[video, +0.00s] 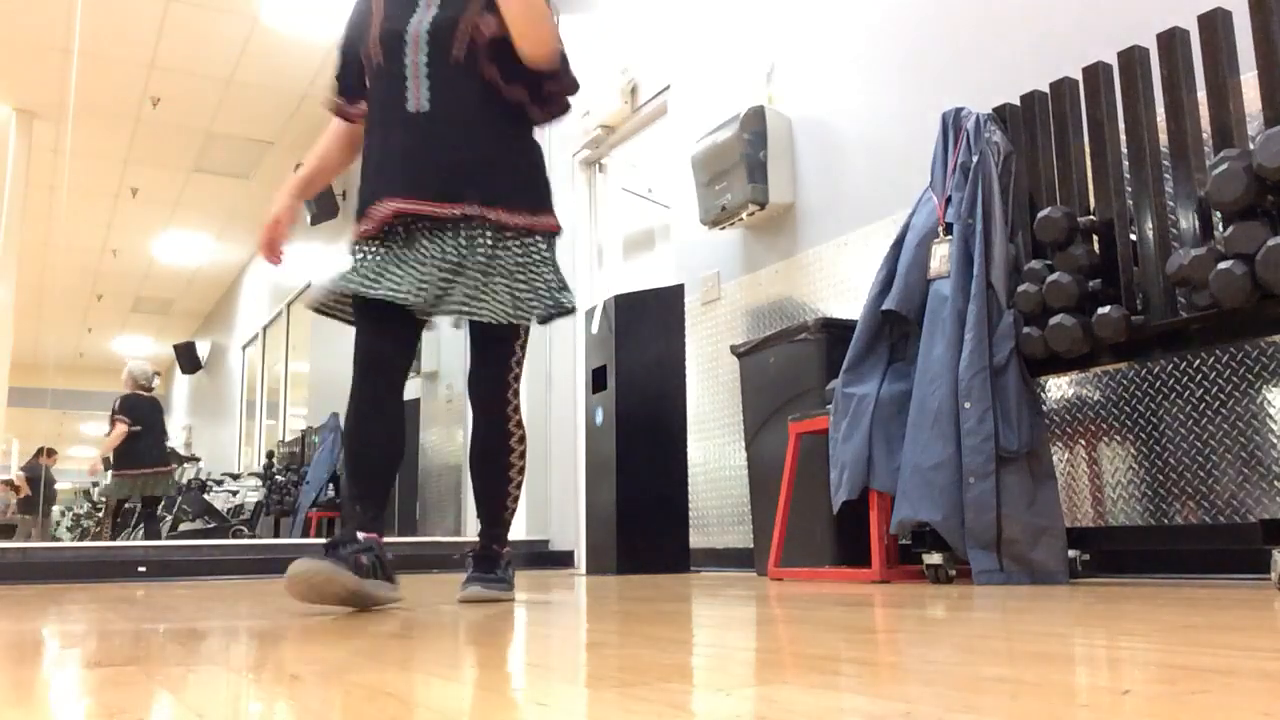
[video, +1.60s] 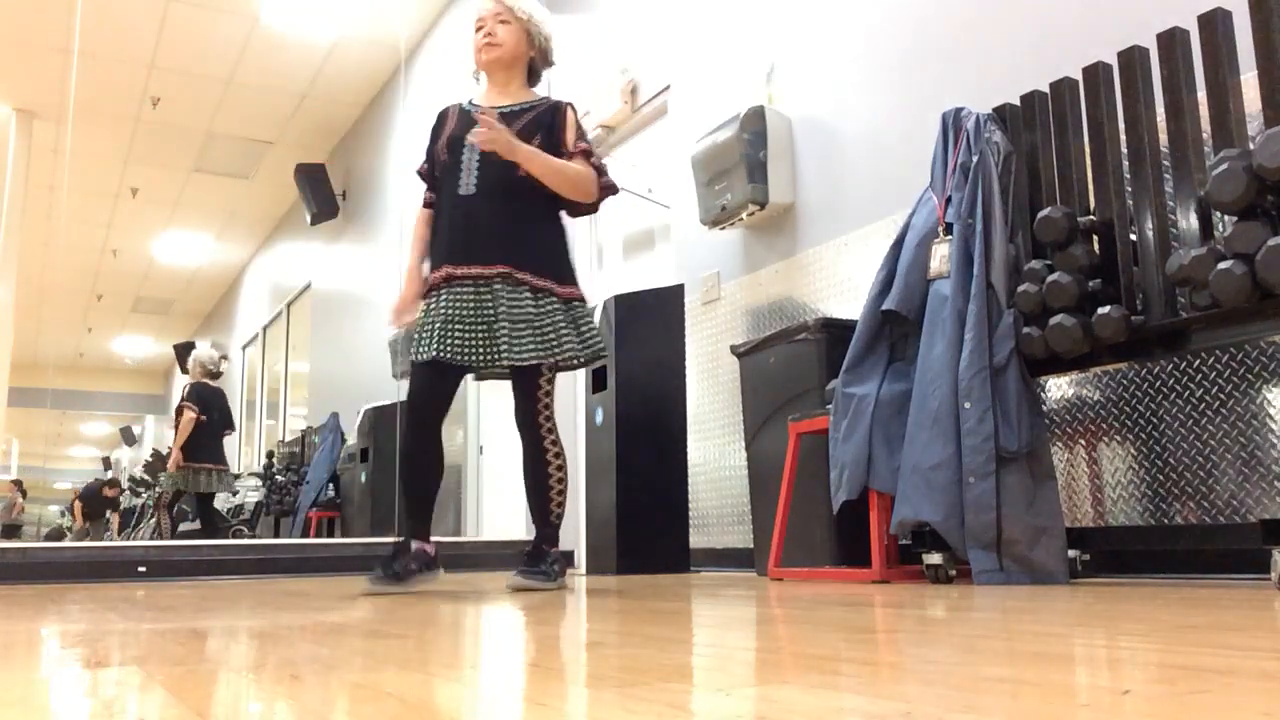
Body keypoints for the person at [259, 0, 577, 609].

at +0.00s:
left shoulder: (509, 5)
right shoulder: (372, 9)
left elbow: (544, 59)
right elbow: (352, 118)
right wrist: (293, 192)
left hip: (502, 207)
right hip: (400, 209)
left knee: (494, 389)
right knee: (374, 372)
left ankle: (491, 554)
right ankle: (364, 545)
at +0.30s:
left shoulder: (504, 34)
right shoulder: (379, 42)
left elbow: (552, 116)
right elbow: (356, 146)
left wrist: (591, 174)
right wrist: (277, 138)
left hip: (487, 233)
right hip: (398, 236)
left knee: (485, 390)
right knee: (383, 395)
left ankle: (490, 554)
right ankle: (400, 540)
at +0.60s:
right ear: (403, 2)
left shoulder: (502, 66)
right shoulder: (375, 63)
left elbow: (563, 148)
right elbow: (315, 138)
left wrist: (609, 101)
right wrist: (250, 74)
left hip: (476, 250)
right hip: (394, 249)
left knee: (477, 387)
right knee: (392, 401)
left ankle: (504, 537)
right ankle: (403, 552)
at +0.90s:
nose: (444, 8)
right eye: (443, 2)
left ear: (497, 13)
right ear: (443, 24)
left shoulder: (534, 85)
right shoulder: (426, 100)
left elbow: (618, 135)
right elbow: (366, 171)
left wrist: (582, 86)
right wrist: (329, 100)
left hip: (510, 268)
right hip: (432, 268)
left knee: (515, 416)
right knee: (420, 415)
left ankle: (543, 552)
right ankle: (405, 555)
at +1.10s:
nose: (470, 17)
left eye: (485, 7)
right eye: (464, 10)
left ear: (518, 25)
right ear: (459, 30)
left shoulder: (553, 97)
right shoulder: (444, 113)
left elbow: (600, 177)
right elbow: (409, 198)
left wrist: (607, 143)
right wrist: (356, 154)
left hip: (539, 275)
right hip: (462, 279)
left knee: (533, 416)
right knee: (430, 406)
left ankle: (545, 553)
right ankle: (412, 549)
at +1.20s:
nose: (481, 29)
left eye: (496, 20)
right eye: (475, 23)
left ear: (529, 38)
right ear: (469, 43)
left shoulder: (560, 110)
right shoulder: (454, 122)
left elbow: (593, 194)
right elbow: (430, 214)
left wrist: (603, 184)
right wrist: (391, 219)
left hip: (545, 277)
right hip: (472, 281)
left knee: (538, 416)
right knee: (443, 403)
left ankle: (545, 553)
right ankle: (452, 551)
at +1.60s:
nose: (486, 31)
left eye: (501, 23)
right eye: (478, 27)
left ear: (532, 45)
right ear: (472, 51)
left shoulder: (555, 114)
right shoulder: (452, 119)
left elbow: (590, 191)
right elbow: (429, 204)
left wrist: (516, 149)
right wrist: (412, 278)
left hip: (529, 282)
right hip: (454, 282)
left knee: (534, 415)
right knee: (420, 409)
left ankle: (547, 550)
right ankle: (418, 545)